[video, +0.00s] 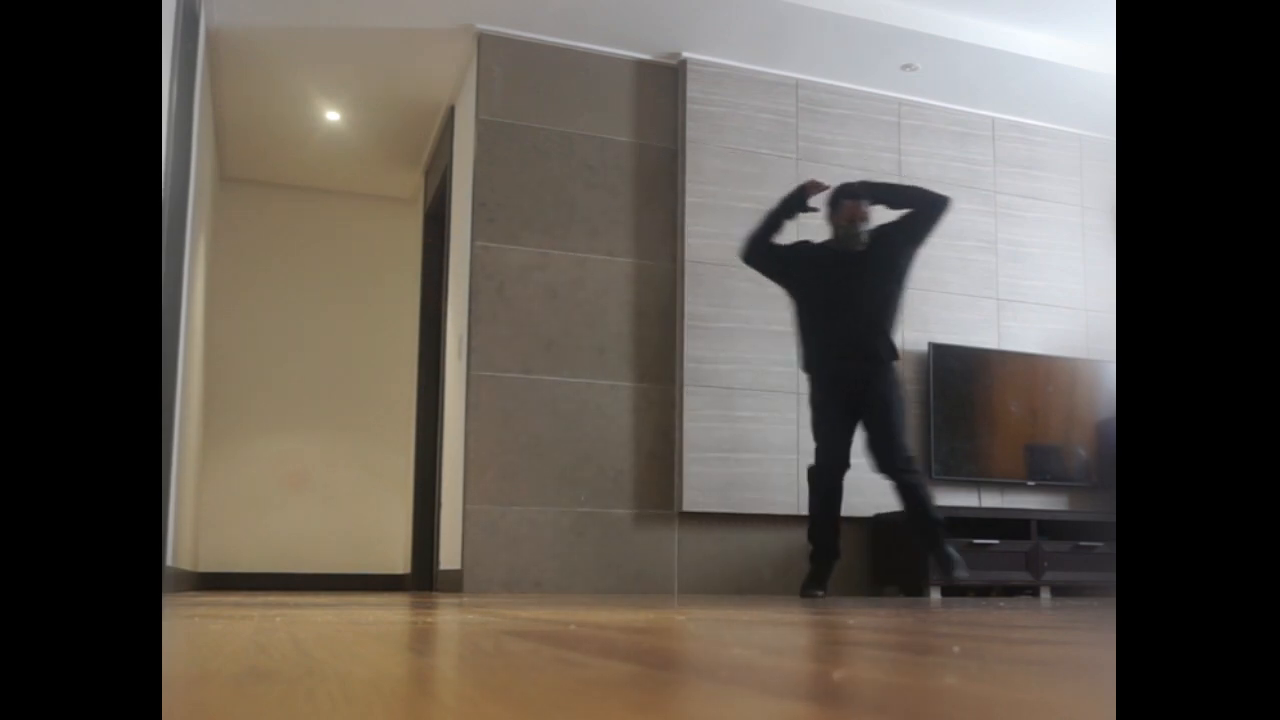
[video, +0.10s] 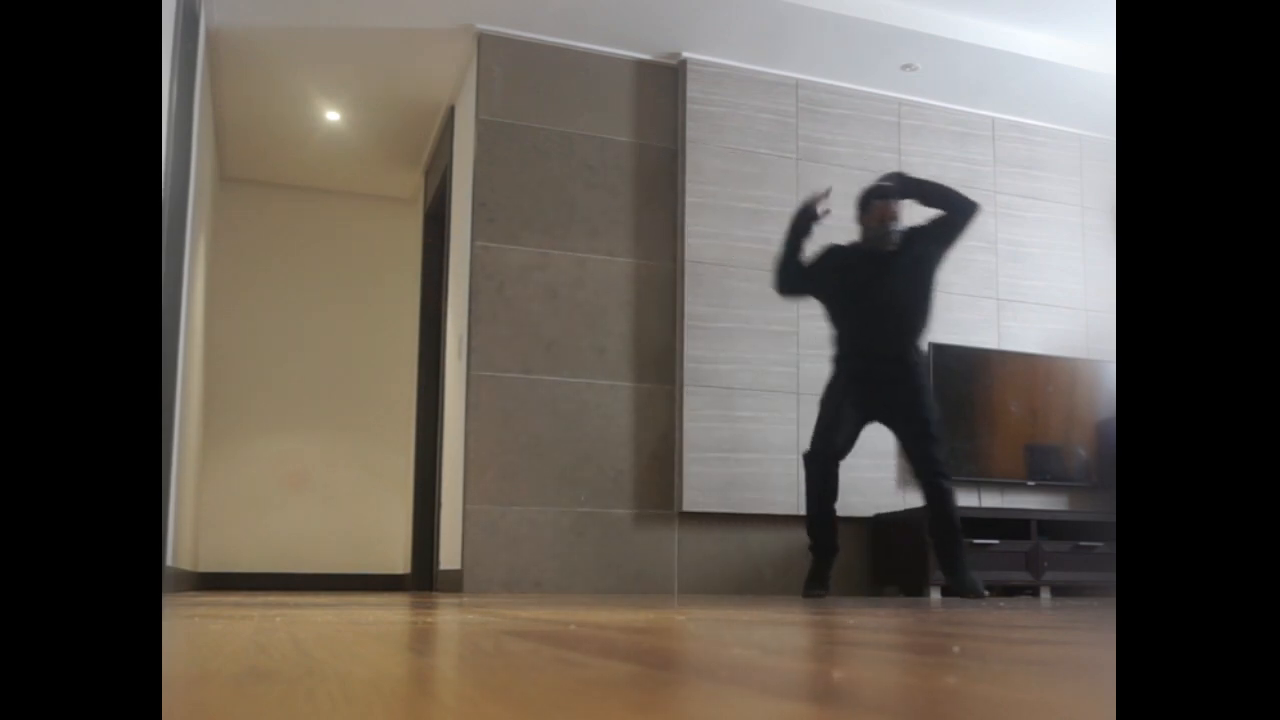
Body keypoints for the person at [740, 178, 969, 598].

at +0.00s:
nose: (857, 214)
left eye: (863, 208)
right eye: (848, 208)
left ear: (870, 214)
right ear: (831, 217)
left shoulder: (890, 247)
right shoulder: (804, 260)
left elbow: (934, 203)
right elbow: (754, 251)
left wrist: (869, 190)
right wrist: (794, 201)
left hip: (877, 378)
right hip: (829, 381)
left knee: (896, 461)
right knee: (828, 471)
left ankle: (941, 554)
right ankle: (820, 568)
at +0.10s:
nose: (887, 219)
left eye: (892, 212)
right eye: (879, 212)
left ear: (900, 215)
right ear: (862, 218)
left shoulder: (920, 249)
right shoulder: (838, 262)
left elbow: (964, 209)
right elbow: (787, 282)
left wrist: (914, 187)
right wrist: (801, 227)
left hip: (905, 381)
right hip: (852, 382)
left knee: (934, 472)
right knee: (819, 460)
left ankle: (957, 575)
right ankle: (822, 560)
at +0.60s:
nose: (912, 208)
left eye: (912, 200)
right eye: (901, 204)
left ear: (916, 203)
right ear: (882, 212)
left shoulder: (931, 248)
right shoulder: (870, 253)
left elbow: (926, 307)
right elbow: (847, 312)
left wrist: (950, 315)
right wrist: (823, 364)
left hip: (936, 377)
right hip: (889, 375)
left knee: (961, 465)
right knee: (850, 457)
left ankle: (967, 573)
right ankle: (801, 550)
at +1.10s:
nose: (895, 218)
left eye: (897, 210)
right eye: (884, 216)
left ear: (906, 216)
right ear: (869, 231)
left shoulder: (936, 257)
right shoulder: (868, 278)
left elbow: (955, 301)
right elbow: (847, 337)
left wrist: (965, 320)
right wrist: (798, 370)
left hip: (943, 387)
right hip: (894, 388)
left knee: (965, 477)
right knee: (843, 459)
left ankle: (963, 577)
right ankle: (780, 542)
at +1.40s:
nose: (897, 242)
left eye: (901, 235)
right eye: (890, 233)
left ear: (905, 233)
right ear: (868, 228)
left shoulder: (912, 272)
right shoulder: (836, 267)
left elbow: (913, 328)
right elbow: (808, 324)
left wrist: (933, 343)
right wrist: (821, 301)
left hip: (913, 394)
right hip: (864, 396)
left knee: (971, 468)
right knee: (847, 484)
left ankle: (1017, 559)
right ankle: (811, 577)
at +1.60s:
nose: (904, 221)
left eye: (908, 213)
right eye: (895, 214)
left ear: (914, 212)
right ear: (875, 213)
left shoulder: (929, 253)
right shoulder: (855, 261)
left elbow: (942, 313)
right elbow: (840, 328)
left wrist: (984, 334)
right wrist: (845, 334)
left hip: (918, 371)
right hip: (868, 371)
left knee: (952, 458)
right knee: (834, 457)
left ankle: (944, 572)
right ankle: (841, 560)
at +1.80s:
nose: (915, 212)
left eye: (920, 204)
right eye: (906, 205)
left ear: (928, 209)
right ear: (889, 209)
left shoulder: (945, 259)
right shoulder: (867, 262)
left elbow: (952, 327)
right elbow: (846, 330)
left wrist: (954, 386)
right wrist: (831, 393)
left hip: (929, 380)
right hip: (880, 380)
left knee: (940, 472)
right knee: (867, 459)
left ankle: (937, 575)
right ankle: (822, 563)